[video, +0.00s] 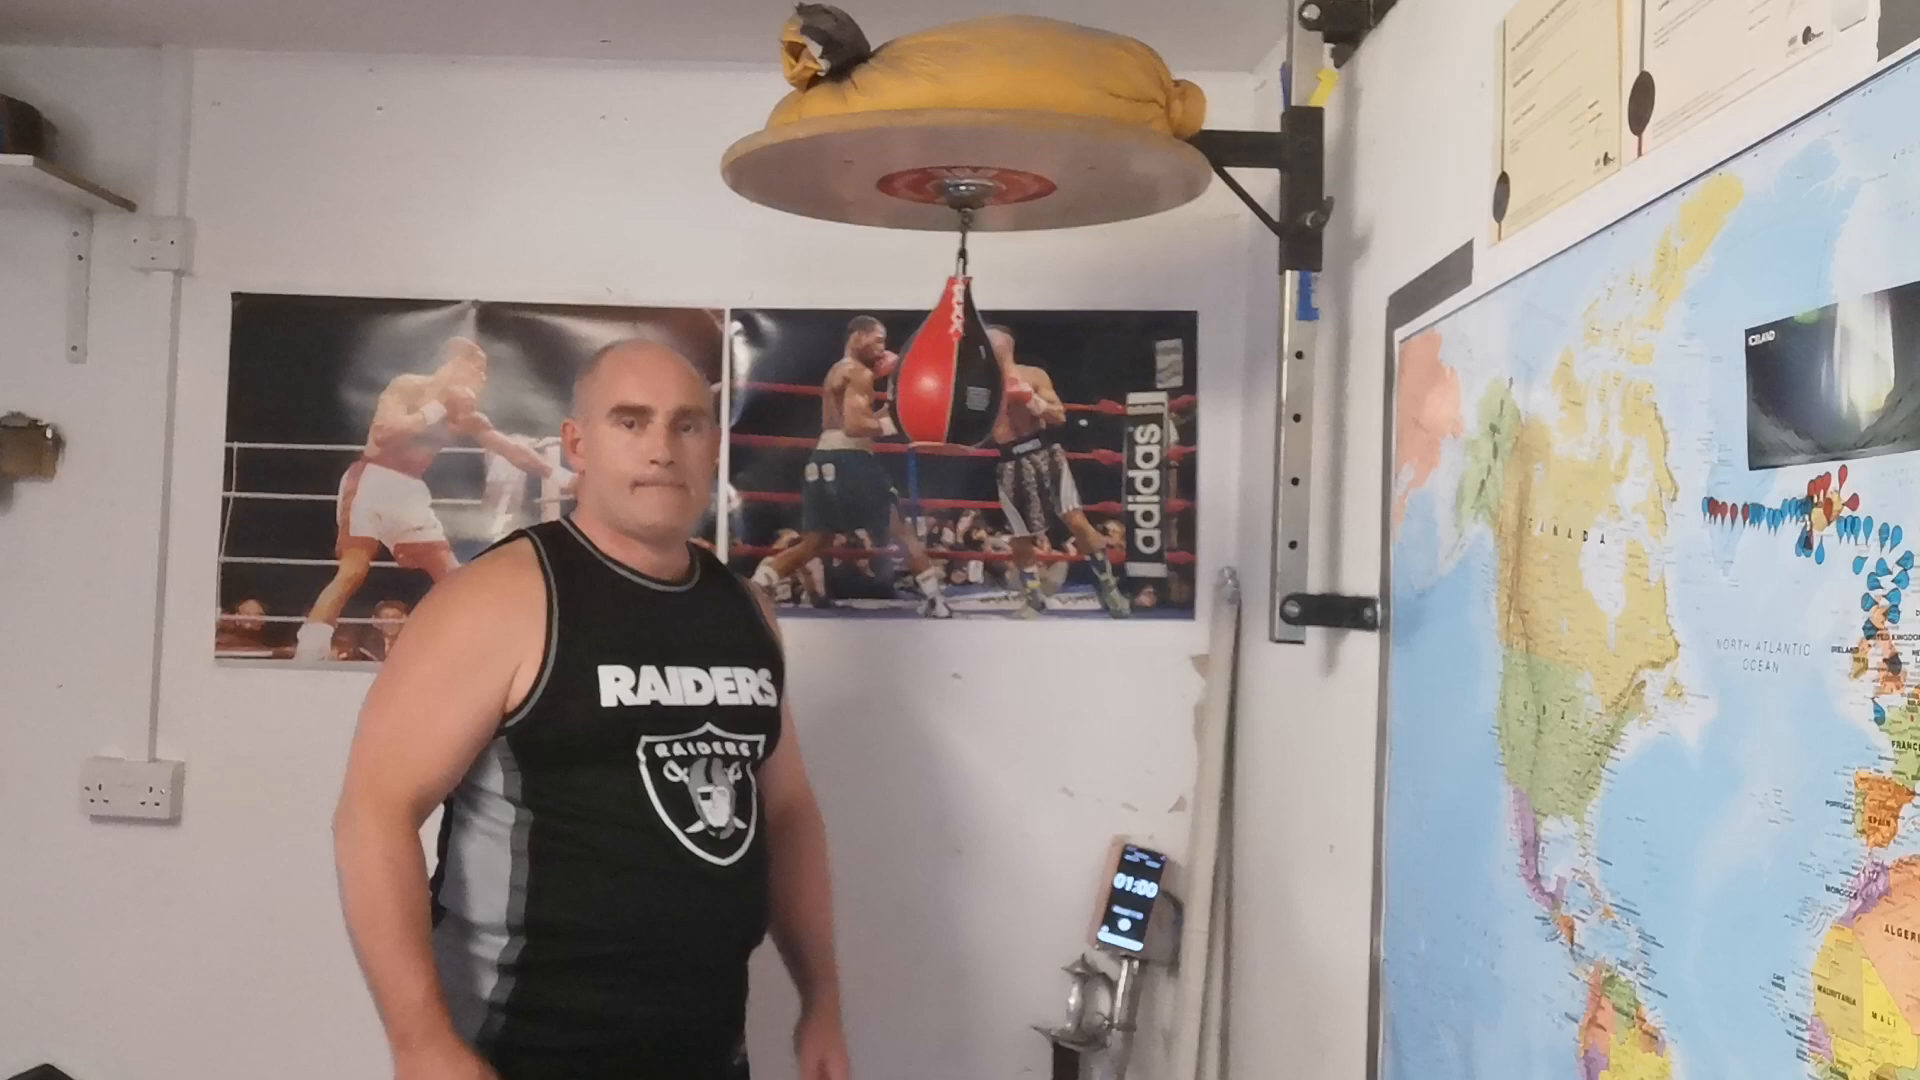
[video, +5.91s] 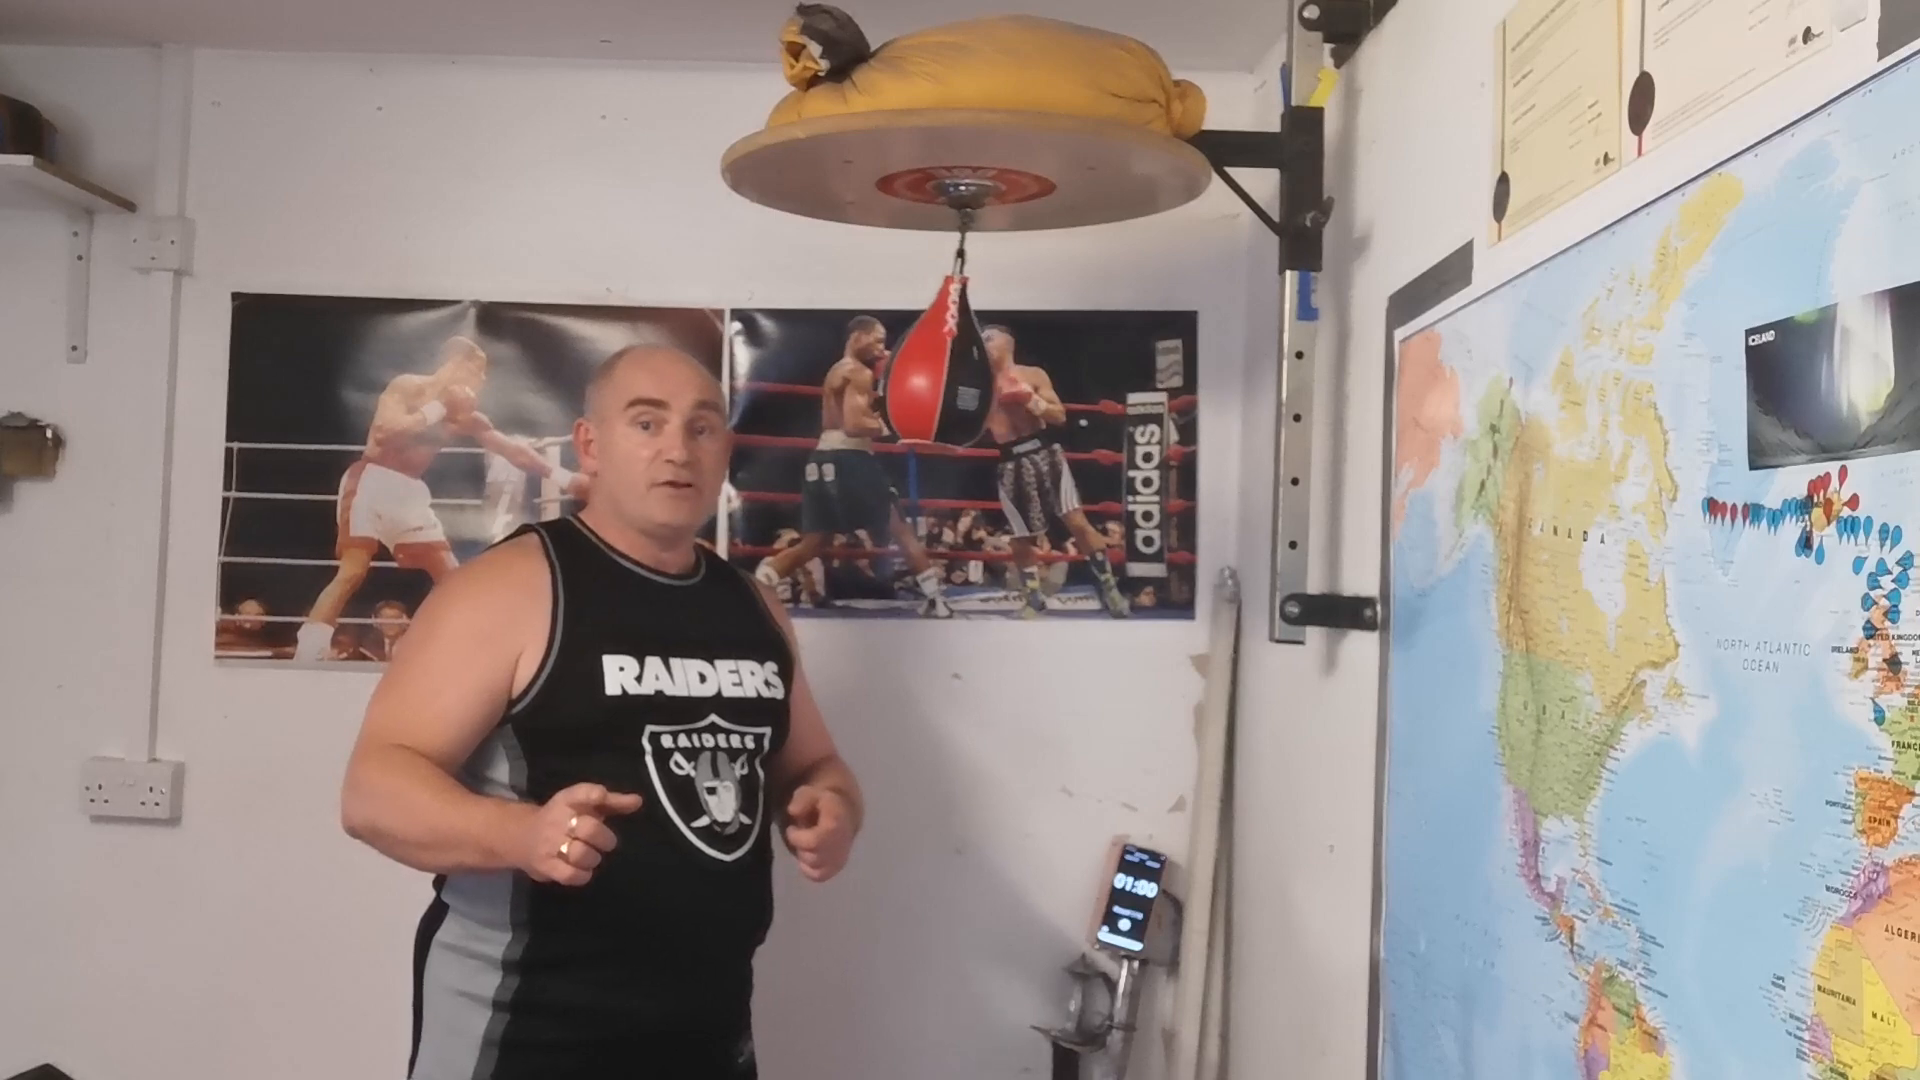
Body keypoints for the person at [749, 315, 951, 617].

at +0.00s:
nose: (881, 348)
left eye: (883, 342)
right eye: (878, 341)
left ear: (856, 339)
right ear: (859, 337)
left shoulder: (834, 373)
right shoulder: (859, 373)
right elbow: (854, 425)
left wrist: (877, 372)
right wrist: (888, 423)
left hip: (820, 462)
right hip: (852, 462)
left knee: (814, 542)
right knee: (902, 530)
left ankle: (756, 586)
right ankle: (935, 598)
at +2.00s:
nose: (881, 348)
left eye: (883, 342)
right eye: (877, 341)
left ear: (855, 340)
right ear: (857, 337)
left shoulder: (833, 373)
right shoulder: (858, 372)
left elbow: (834, 422)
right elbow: (853, 425)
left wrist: (880, 375)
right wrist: (888, 424)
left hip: (821, 462)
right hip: (852, 462)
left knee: (815, 542)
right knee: (902, 529)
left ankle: (754, 589)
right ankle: (936, 598)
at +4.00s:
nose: (882, 349)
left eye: (883, 343)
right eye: (878, 341)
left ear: (854, 341)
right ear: (857, 338)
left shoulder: (833, 373)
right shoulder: (859, 373)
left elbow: (834, 421)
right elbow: (854, 424)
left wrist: (876, 372)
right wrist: (886, 425)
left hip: (820, 462)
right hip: (853, 462)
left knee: (814, 542)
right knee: (903, 531)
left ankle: (754, 588)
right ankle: (937, 600)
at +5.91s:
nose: (882, 349)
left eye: (883, 342)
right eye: (878, 341)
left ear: (855, 340)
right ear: (858, 337)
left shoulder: (833, 373)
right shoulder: (859, 373)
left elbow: (834, 421)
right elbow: (854, 425)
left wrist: (877, 372)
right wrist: (882, 426)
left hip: (820, 461)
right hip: (853, 461)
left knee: (814, 542)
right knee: (900, 529)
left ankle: (756, 588)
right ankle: (936, 597)